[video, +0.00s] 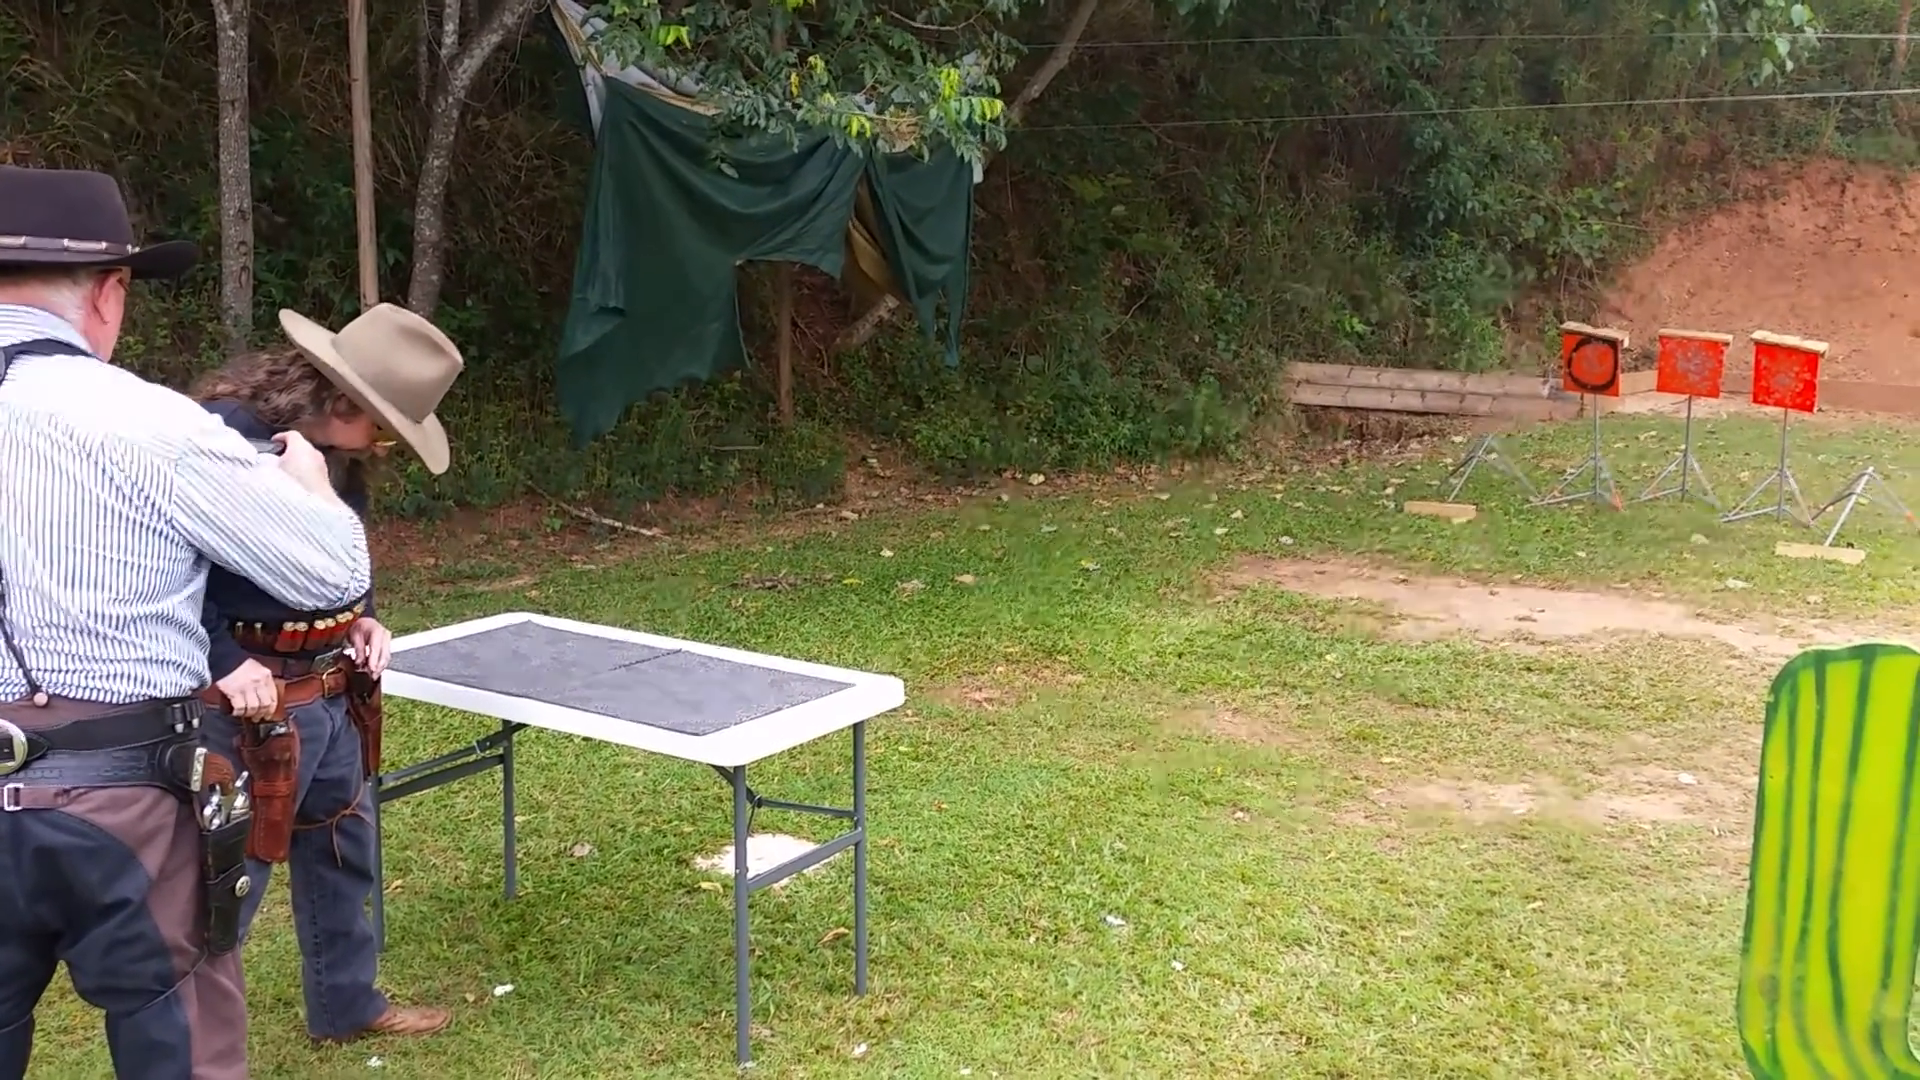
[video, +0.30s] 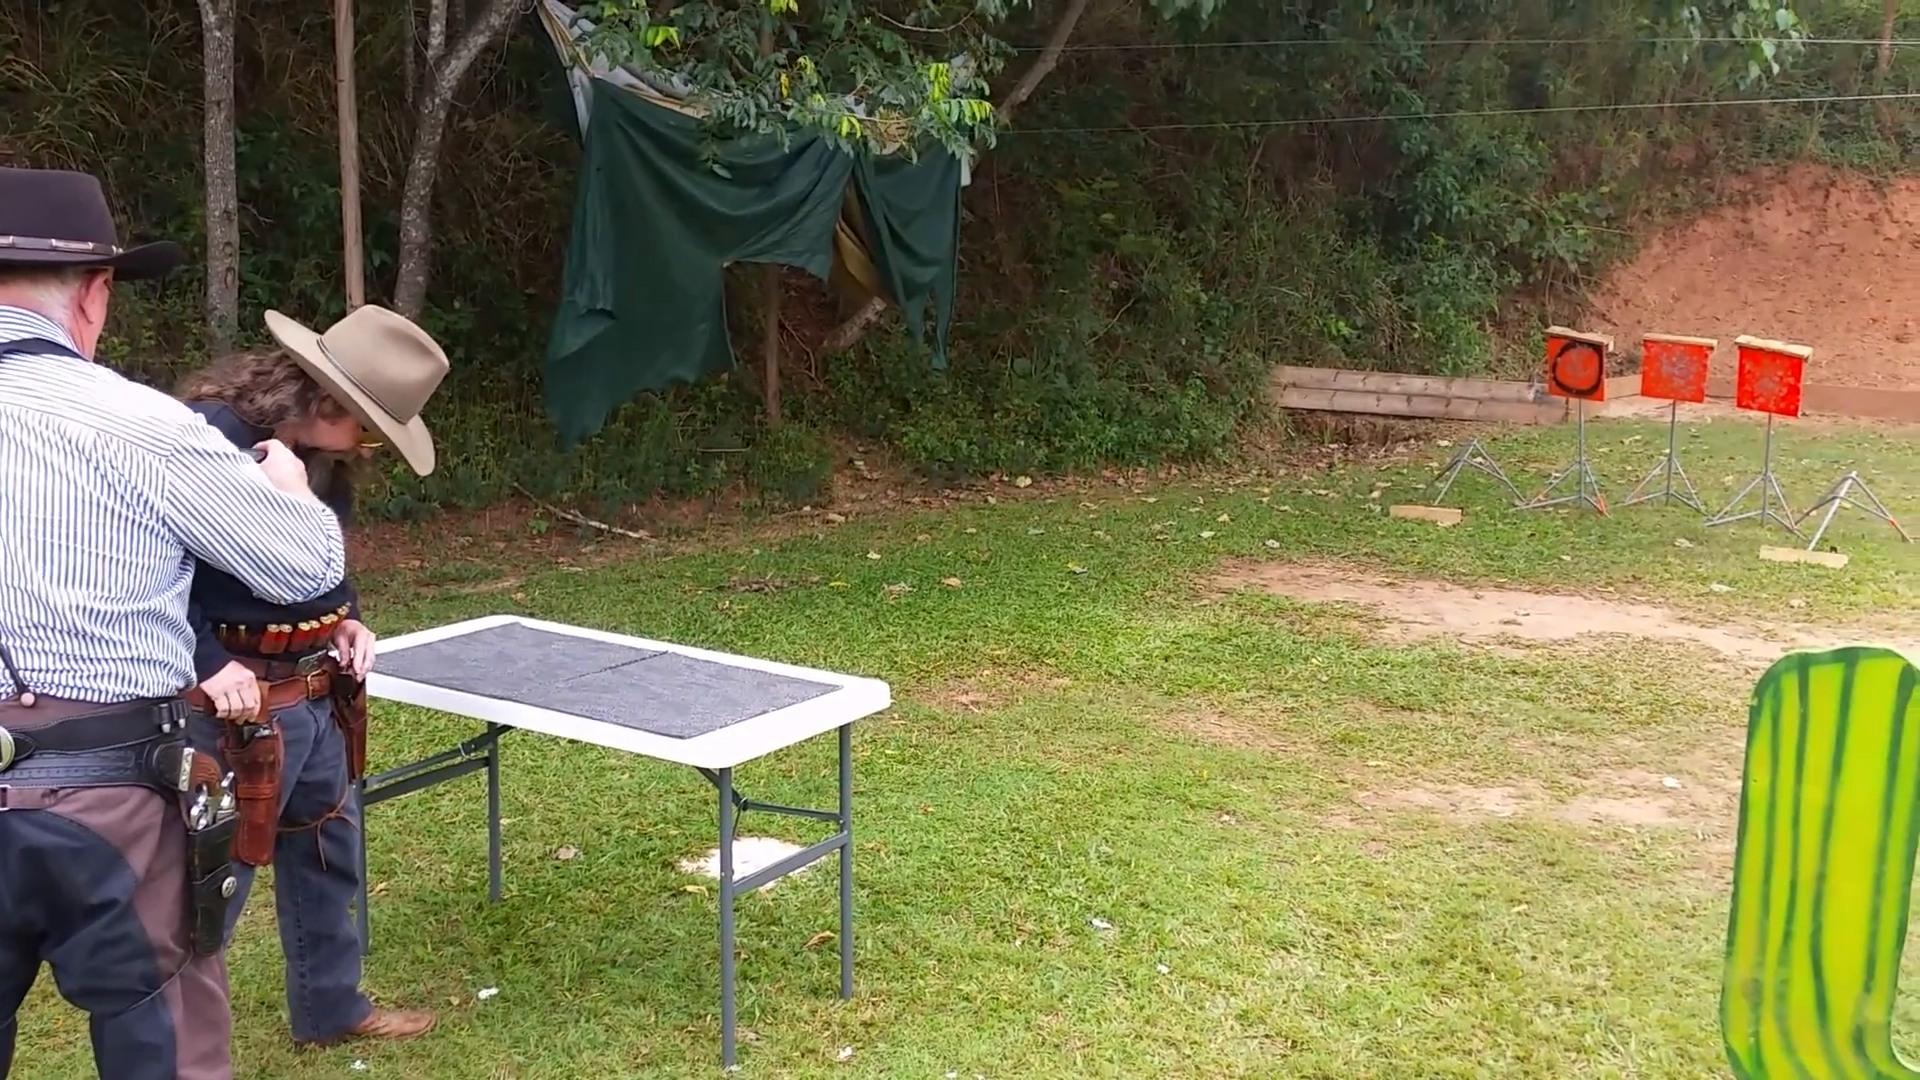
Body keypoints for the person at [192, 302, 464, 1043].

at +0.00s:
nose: (382, 447)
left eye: (390, 436)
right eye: (383, 431)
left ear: (355, 411)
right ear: (348, 404)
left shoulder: (335, 464)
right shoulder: (219, 442)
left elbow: (333, 564)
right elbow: (172, 573)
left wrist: (357, 619)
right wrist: (224, 658)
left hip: (326, 698)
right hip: (243, 709)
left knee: (342, 855)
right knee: (228, 886)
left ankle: (346, 1006)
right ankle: (187, 1032)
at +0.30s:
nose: (365, 449)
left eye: (373, 437)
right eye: (365, 433)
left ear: (339, 413)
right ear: (330, 405)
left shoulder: (315, 464)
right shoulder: (206, 443)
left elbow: (312, 564)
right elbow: (157, 576)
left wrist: (341, 621)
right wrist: (208, 660)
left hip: (312, 698)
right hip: (231, 709)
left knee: (327, 857)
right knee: (213, 885)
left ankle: (330, 1010)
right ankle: (177, 1036)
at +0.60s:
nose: (357, 442)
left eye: (366, 431)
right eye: (359, 426)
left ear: (334, 405)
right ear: (329, 400)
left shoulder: (305, 454)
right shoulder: (199, 436)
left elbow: (302, 556)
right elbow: (148, 566)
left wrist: (334, 614)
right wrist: (199, 653)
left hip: (305, 691)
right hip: (223, 703)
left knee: (320, 850)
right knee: (205, 879)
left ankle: (323, 1003)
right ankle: (166, 1029)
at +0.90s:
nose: (350, 434)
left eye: (359, 423)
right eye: (352, 418)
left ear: (327, 397)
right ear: (321, 392)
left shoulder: (298, 446)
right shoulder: (191, 427)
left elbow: (292, 550)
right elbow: (142, 557)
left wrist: (327, 607)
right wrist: (193, 645)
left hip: (298, 682)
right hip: (216, 695)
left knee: (314, 841)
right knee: (198, 872)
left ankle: (317, 994)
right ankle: (159, 1019)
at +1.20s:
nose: (341, 429)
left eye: (350, 418)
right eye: (343, 413)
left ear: (316, 391)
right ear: (314, 388)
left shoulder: (288, 441)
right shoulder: (180, 424)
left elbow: (288, 544)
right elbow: (128, 559)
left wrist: (319, 601)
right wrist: (183, 643)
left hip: (288, 680)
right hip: (203, 691)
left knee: (306, 836)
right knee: (191, 868)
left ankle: (311, 991)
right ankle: (157, 1020)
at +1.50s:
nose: (327, 421)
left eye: (336, 409)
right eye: (328, 405)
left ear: (303, 386)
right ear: (295, 378)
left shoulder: (282, 432)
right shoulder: (180, 413)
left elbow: (284, 528)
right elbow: (185, 554)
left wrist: (322, 585)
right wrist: (284, 612)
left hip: (277, 666)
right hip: (198, 673)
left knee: (300, 824)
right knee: (180, 856)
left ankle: (302, 986)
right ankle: (145, 1008)